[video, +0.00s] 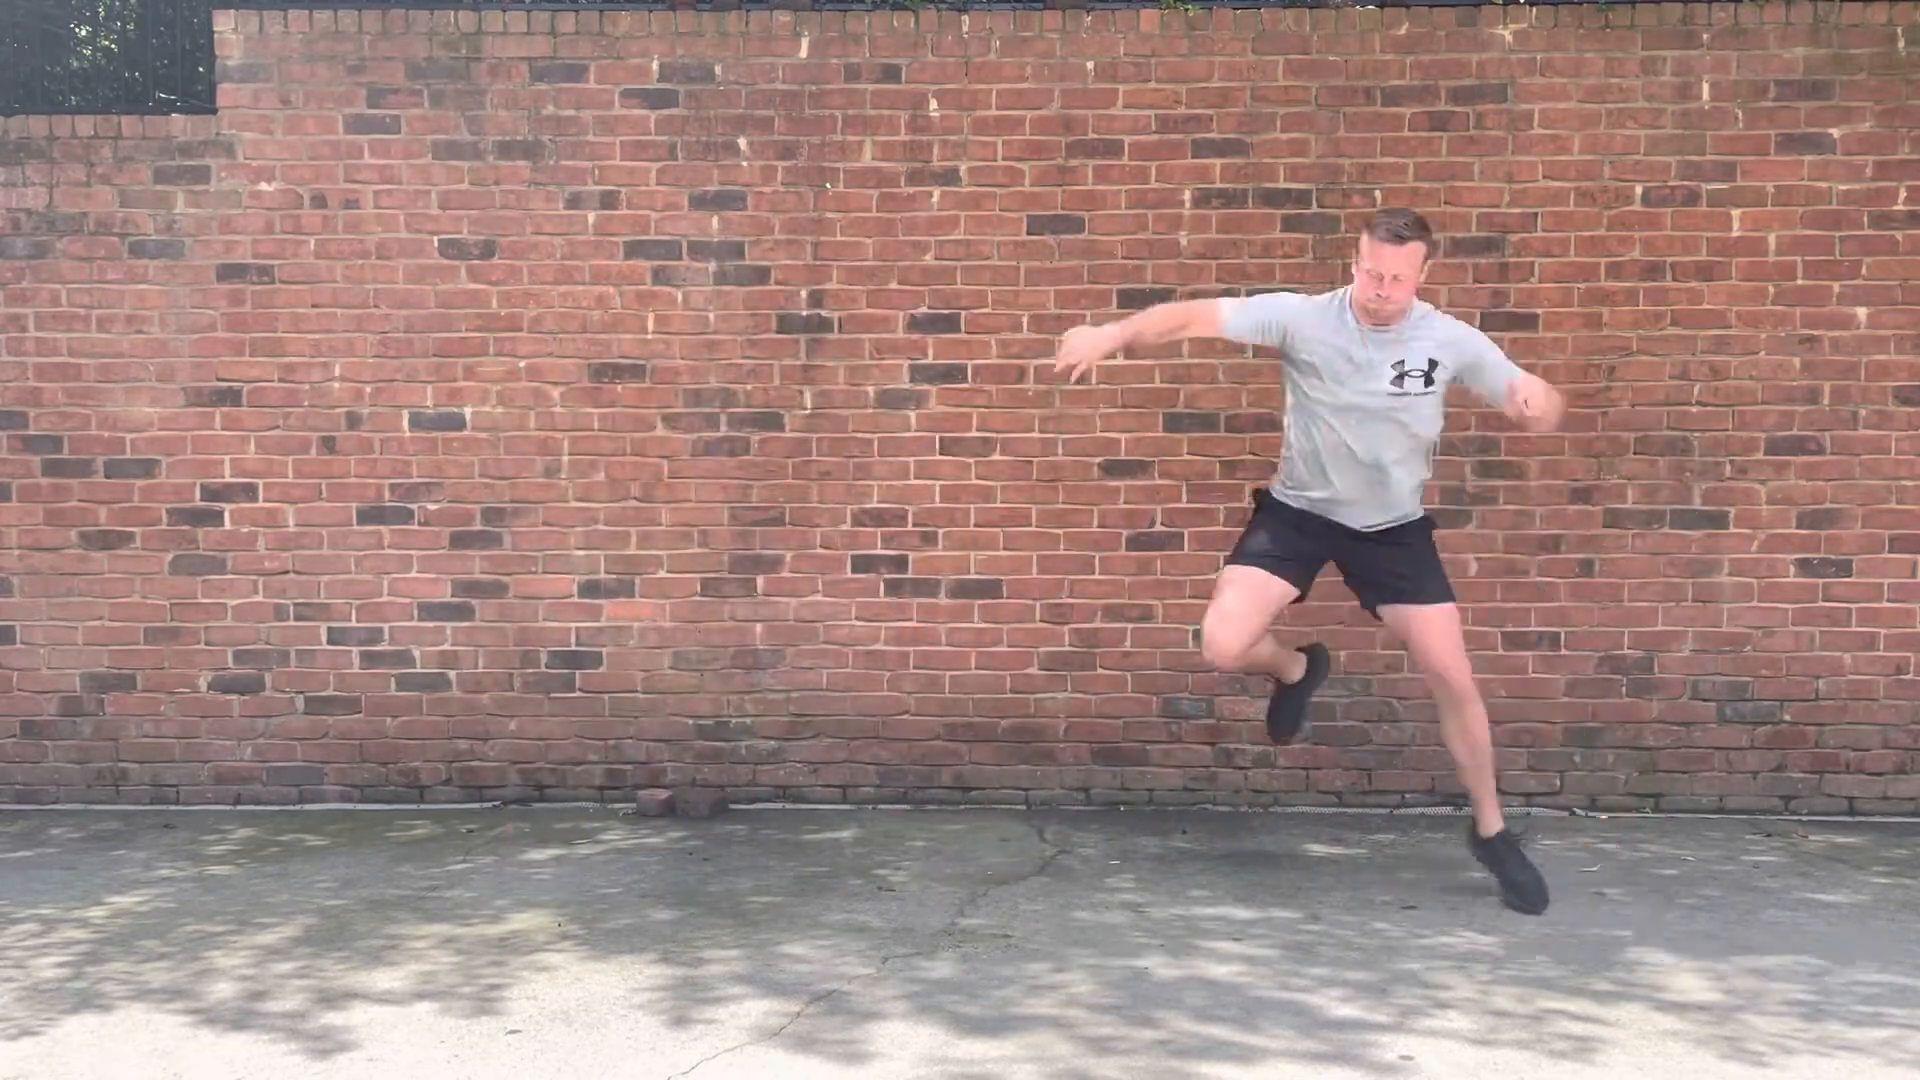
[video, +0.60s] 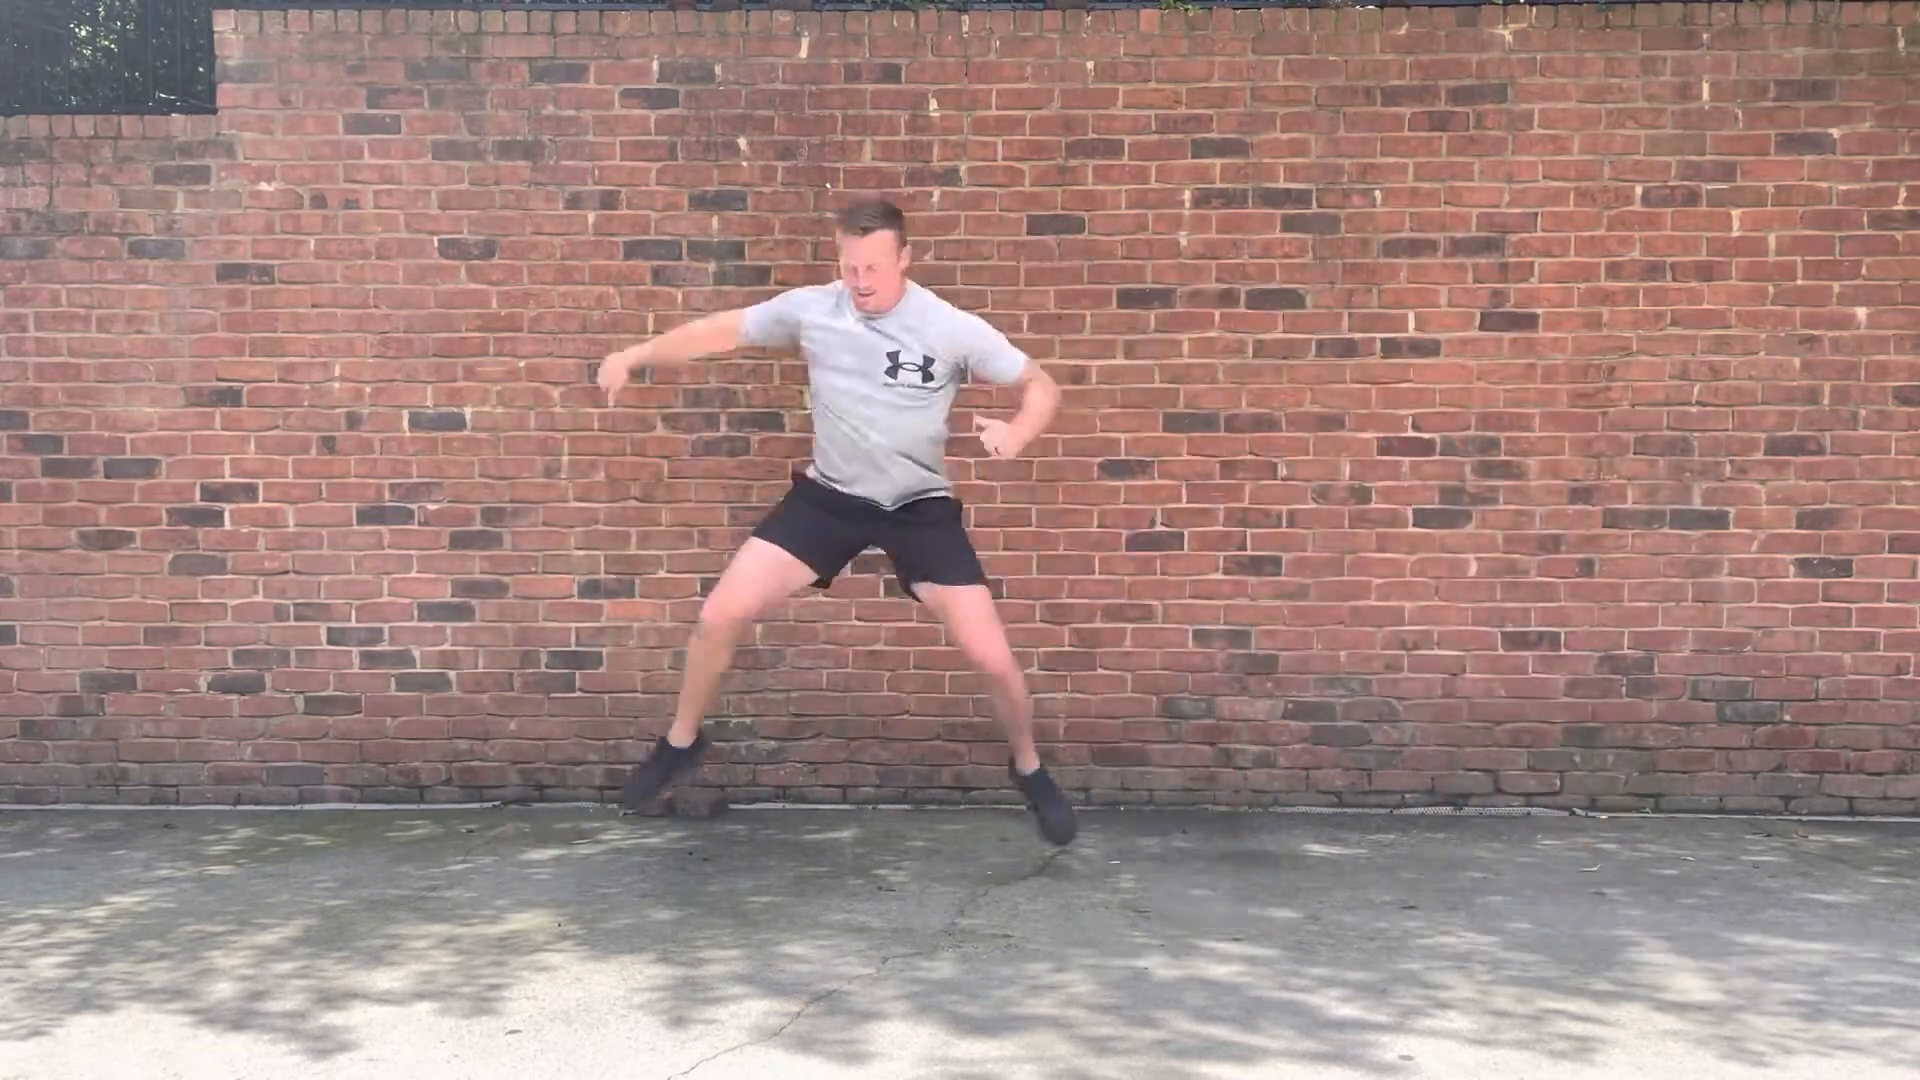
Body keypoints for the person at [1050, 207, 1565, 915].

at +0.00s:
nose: (1381, 291)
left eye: (1398, 279)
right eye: (1372, 274)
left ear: (1422, 276)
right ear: (1355, 262)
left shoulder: (1449, 340)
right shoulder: (1301, 318)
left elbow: (1533, 402)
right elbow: (1191, 316)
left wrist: (1539, 404)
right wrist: (1105, 335)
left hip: (1393, 526)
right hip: (1296, 514)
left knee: (1453, 674)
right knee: (1223, 642)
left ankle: (1492, 831)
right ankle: (1297, 670)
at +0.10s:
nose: (1322, 285)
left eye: (1339, 272)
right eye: (1311, 267)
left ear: (1360, 267)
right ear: (1292, 253)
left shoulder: (1383, 337)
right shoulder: (1235, 315)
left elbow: (1426, 421)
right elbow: (1137, 347)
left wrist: (1445, 449)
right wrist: (1046, 398)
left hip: (1321, 519)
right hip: (1230, 512)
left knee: (1348, 669)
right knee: (1196, 663)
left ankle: (1307, 814)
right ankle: (1258, 676)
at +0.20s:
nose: (1256, 315)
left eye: (1272, 305)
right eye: (1247, 300)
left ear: (1297, 305)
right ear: (1232, 290)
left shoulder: (1315, 385)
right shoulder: (1177, 345)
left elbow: (1344, 461)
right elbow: (1106, 399)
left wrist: (1353, 489)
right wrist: (1047, 478)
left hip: (1247, 551)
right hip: (1159, 541)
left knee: (1241, 706)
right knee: (1142, 693)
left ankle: (1210, 852)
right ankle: (1192, 734)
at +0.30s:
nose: (1180, 349)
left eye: (1197, 337)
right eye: (1172, 333)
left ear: (1223, 339)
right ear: (1158, 327)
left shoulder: (1242, 424)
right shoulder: (1107, 376)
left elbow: (1286, 499)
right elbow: (1044, 423)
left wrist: (1300, 518)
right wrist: (1015, 483)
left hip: (1177, 573)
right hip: (1086, 560)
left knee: (1205, 722)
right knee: (1029, 699)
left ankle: (1202, 855)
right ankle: (1092, 743)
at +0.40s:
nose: (1080, 322)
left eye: (1095, 309)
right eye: (1071, 306)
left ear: (1123, 306)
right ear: (1058, 297)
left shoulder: (1150, 381)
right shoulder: (1021, 342)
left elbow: (1237, 472)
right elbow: (924, 356)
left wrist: (1181, 431)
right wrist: (949, 350)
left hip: (1097, 553)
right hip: (1005, 535)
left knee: (1144, 694)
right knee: (909, 638)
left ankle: (1198, 847)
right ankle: (978, 697)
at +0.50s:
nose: (967, 284)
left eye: (982, 271)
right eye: (957, 270)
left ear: (1011, 264)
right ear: (945, 260)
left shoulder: (1046, 333)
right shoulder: (914, 302)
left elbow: (1144, 408)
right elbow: (828, 297)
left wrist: (1103, 408)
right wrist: (778, 310)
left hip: (1008, 517)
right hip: (915, 499)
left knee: (1073, 663)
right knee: (800, 597)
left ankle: (1145, 811)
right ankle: (837, 694)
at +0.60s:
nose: (860, 281)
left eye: (873, 267)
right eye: (850, 267)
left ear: (904, 259)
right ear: (838, 261)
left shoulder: (949, 328)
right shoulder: (810, 309)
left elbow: (1042, 387)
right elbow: (725, 331)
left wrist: (1019, 432)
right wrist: (634, 356)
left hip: (919, 506)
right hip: (826, 499)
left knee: (994, 658)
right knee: (720, 615)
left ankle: (1030, 769)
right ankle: (680, 740)